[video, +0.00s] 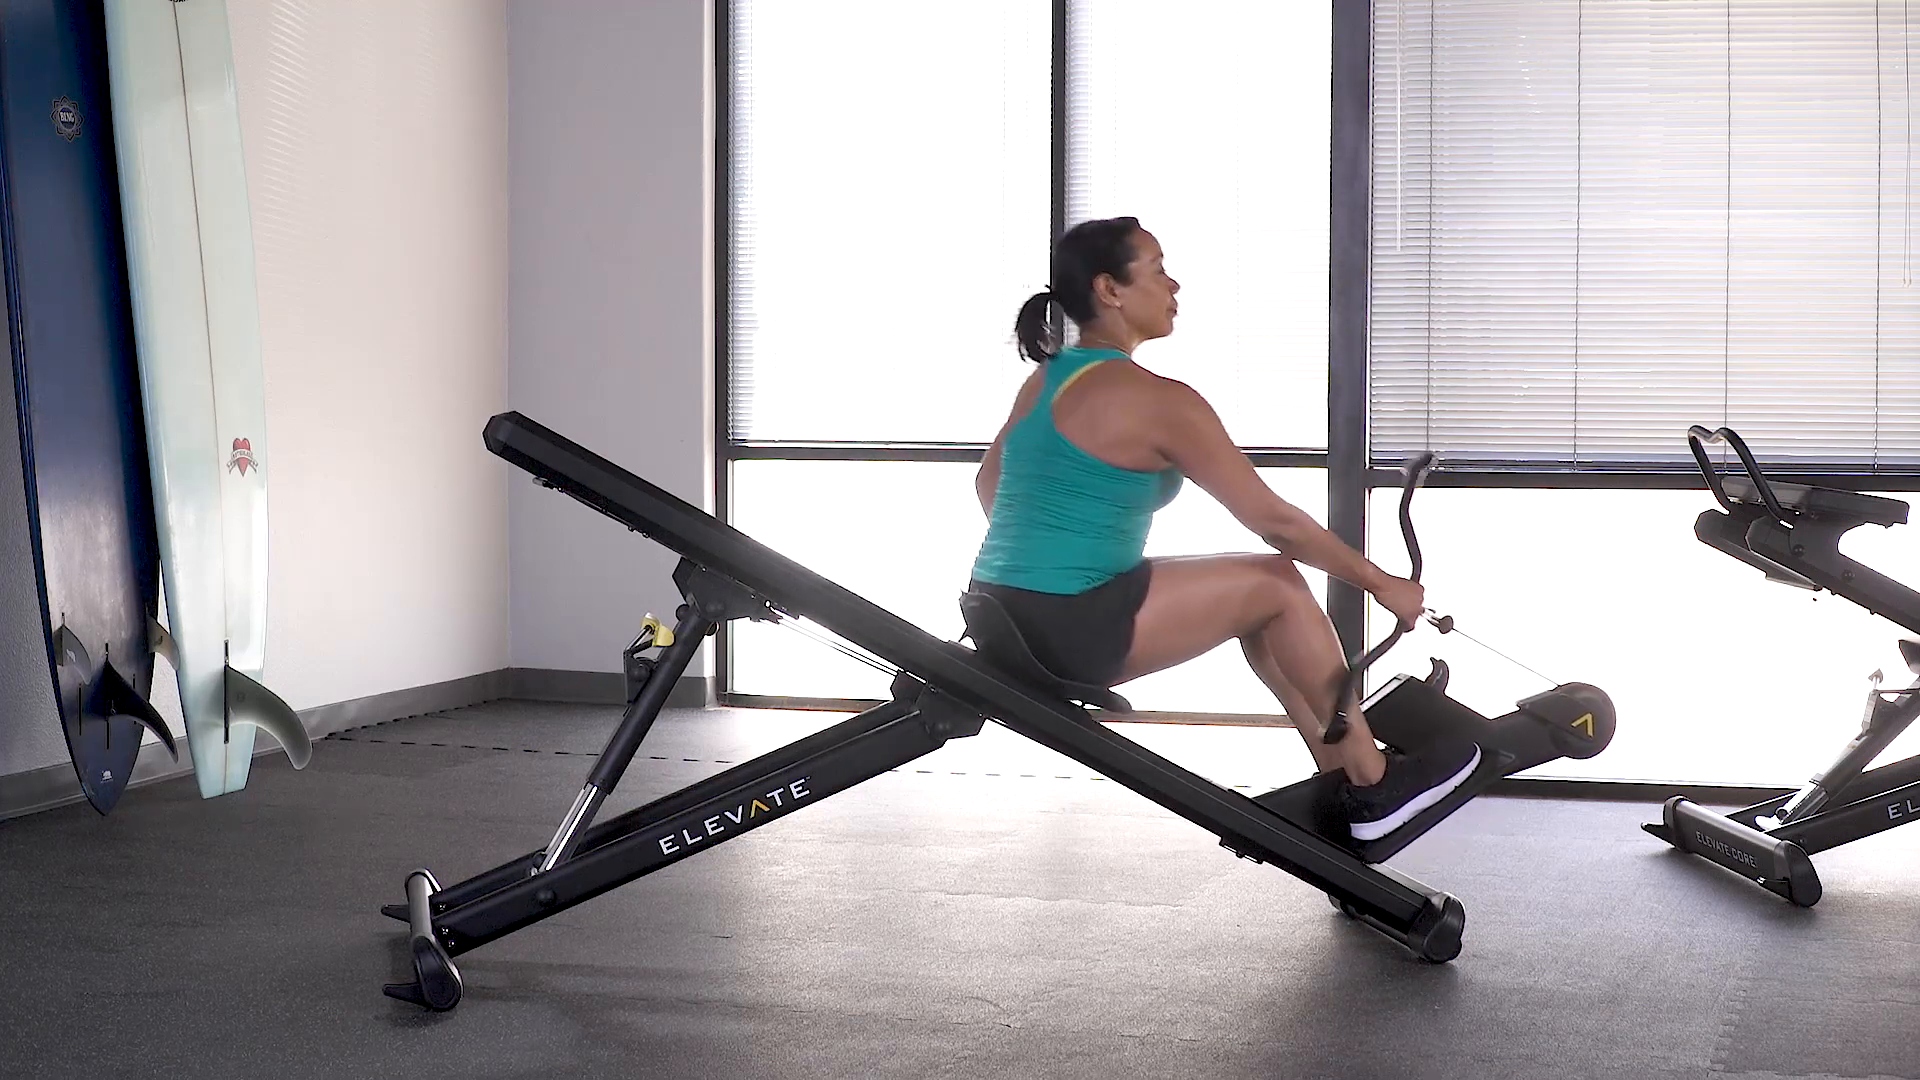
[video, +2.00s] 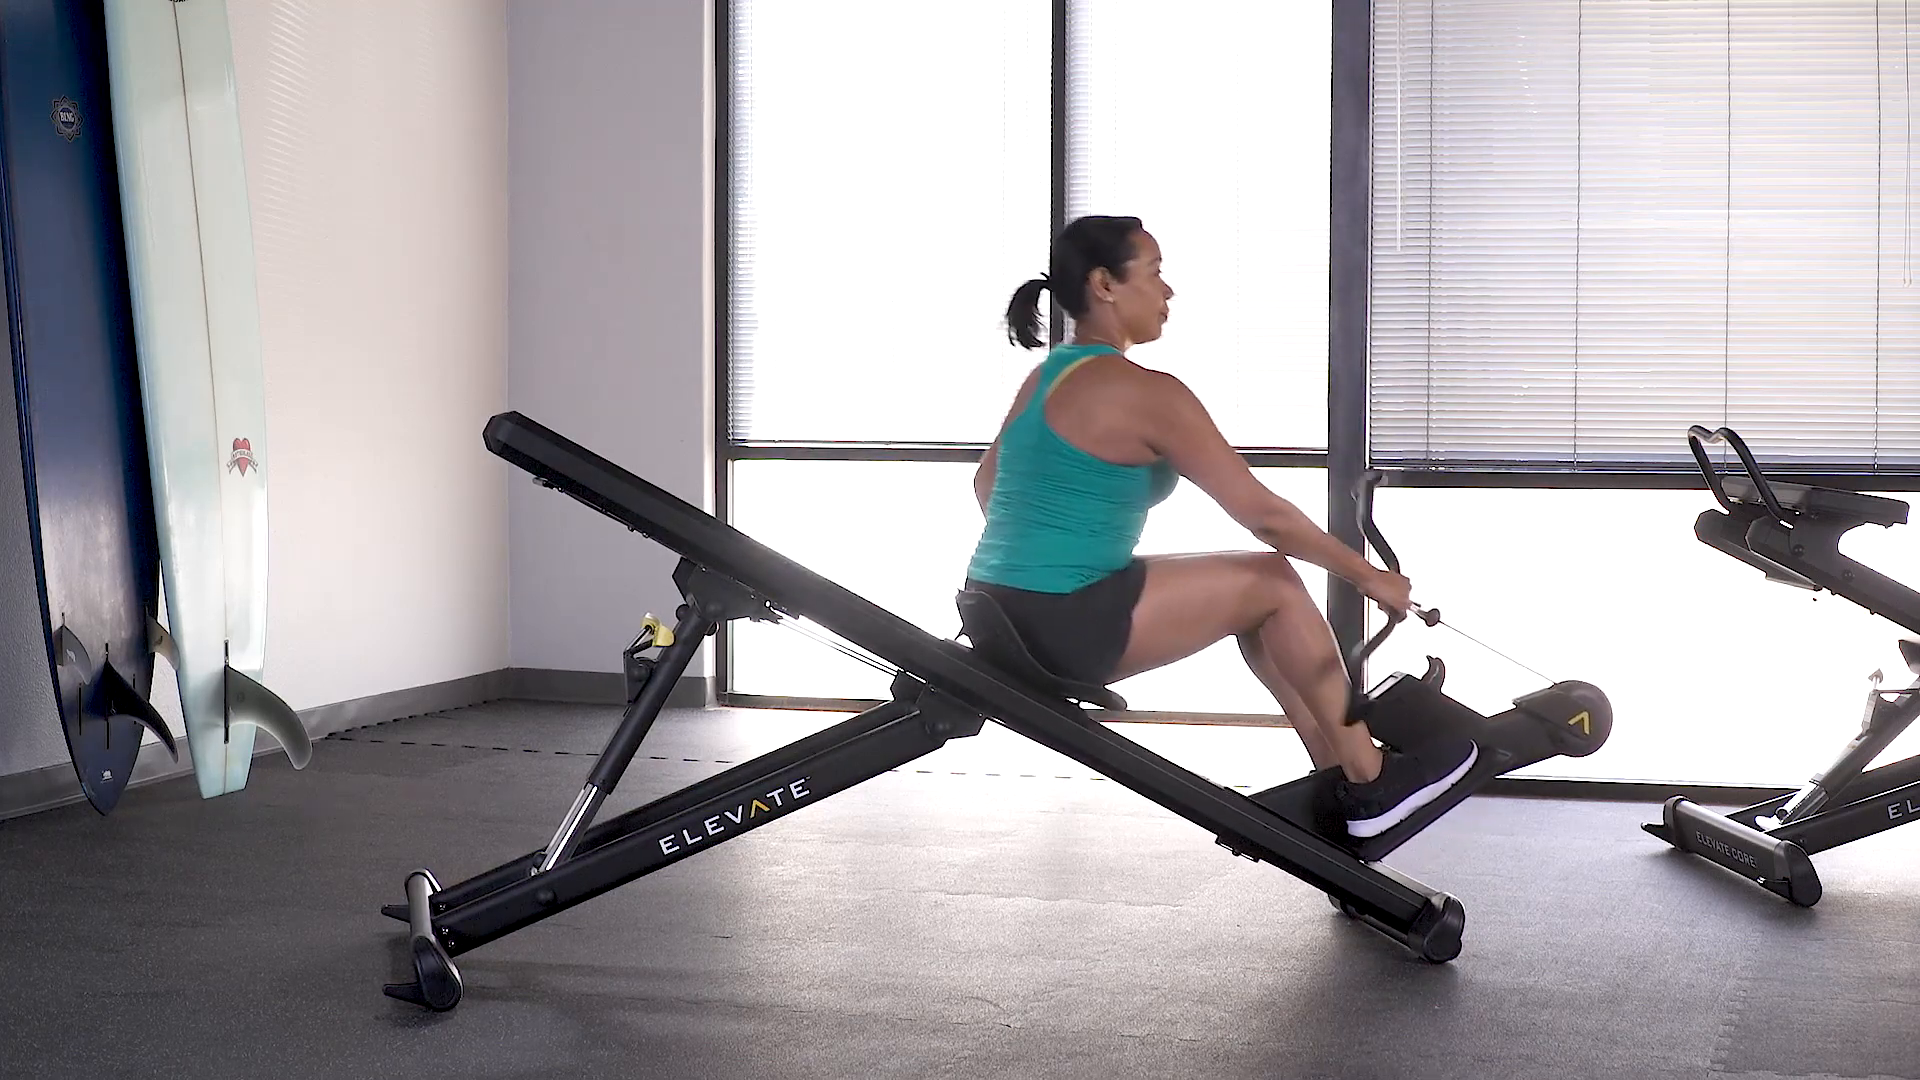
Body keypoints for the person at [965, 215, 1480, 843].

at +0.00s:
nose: (1174, 286)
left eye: (1166, 271)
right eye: (1159, 273)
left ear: (1102, 294)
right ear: (1109, 292)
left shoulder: (1047, 379)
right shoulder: (1164, 403)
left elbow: (990, 482)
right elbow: (1274, 521)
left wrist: (1046, 556)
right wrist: (1381, 582)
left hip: (997, 610)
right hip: (1071, 624)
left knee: (1258, 584)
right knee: (1280, 582)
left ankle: (1335, 763)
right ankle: (1374, 777)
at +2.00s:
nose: (1169, 291)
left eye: (1163, 273)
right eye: (1155, 274)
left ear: (1097, 290)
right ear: (1104, 288)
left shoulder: (1045, 376)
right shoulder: (1150, 394)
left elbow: (987, 483)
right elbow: (1262, 514)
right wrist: (1369, 576)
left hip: (995, 606)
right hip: (1064, 619)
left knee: (1253, 583)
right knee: (1276, 581)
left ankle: (1331, 760)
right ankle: (1369, 773)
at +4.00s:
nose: (1164, 293)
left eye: (1159, 276)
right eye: (1151, 276)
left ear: (1092, 287)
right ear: (1101, 285)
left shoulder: (1039, 374)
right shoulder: (1145, 394)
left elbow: (975, 485)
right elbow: (1264, 510)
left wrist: (1035, 553)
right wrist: (1371, 570)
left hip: (995, 605)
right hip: (1062, 618)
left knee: (1251, 584)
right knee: (1274, 582)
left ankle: (1332, 760)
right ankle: (1371, 776)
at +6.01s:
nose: (1168, 293)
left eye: (1162, 276)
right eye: (1155, 276)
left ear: (1097, 290)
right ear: (1105, 288)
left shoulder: (1044, 378)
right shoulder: (1157, 400)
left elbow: (980, 485)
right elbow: (1277, 520)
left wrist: (1039, 560)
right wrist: (1378, 576)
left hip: (996, 608)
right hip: (1066, 622)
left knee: (1257, 581)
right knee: (1281, 580)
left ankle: (1335, 762)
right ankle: (1372, 771)